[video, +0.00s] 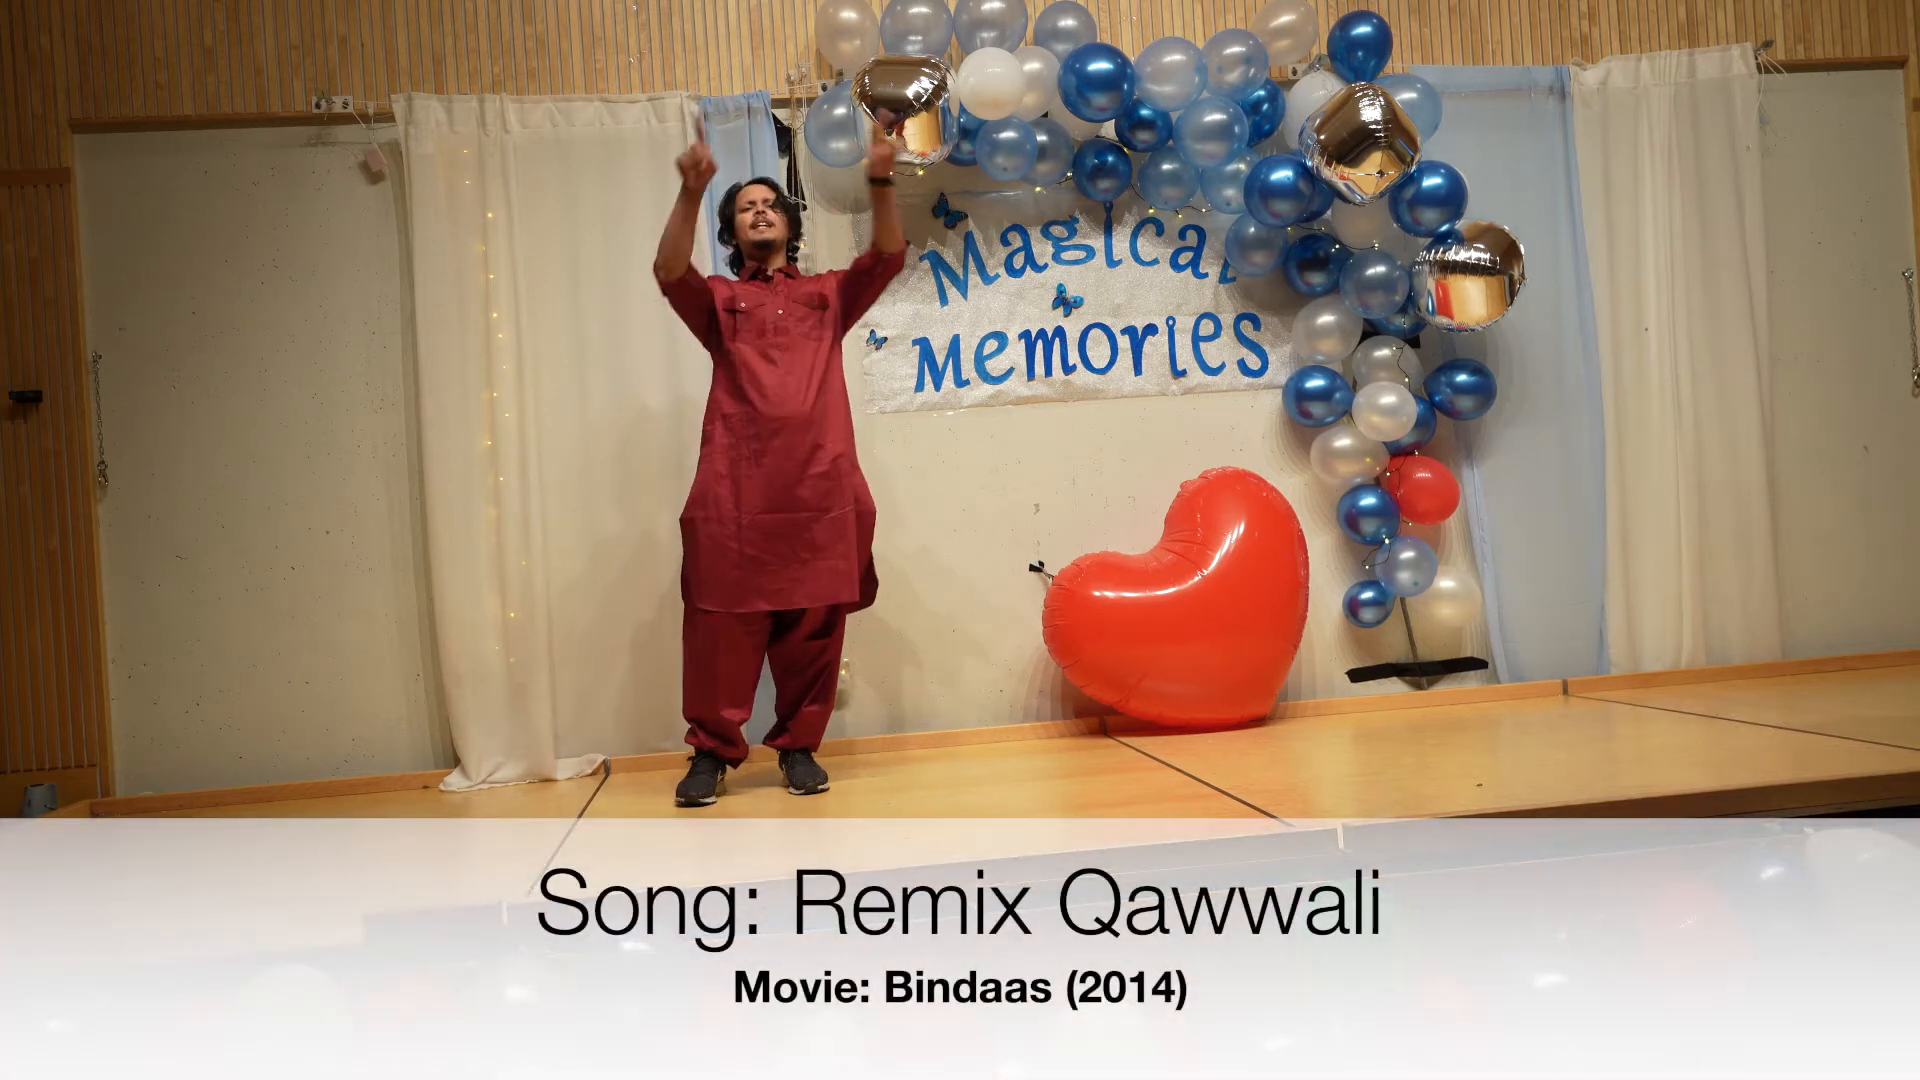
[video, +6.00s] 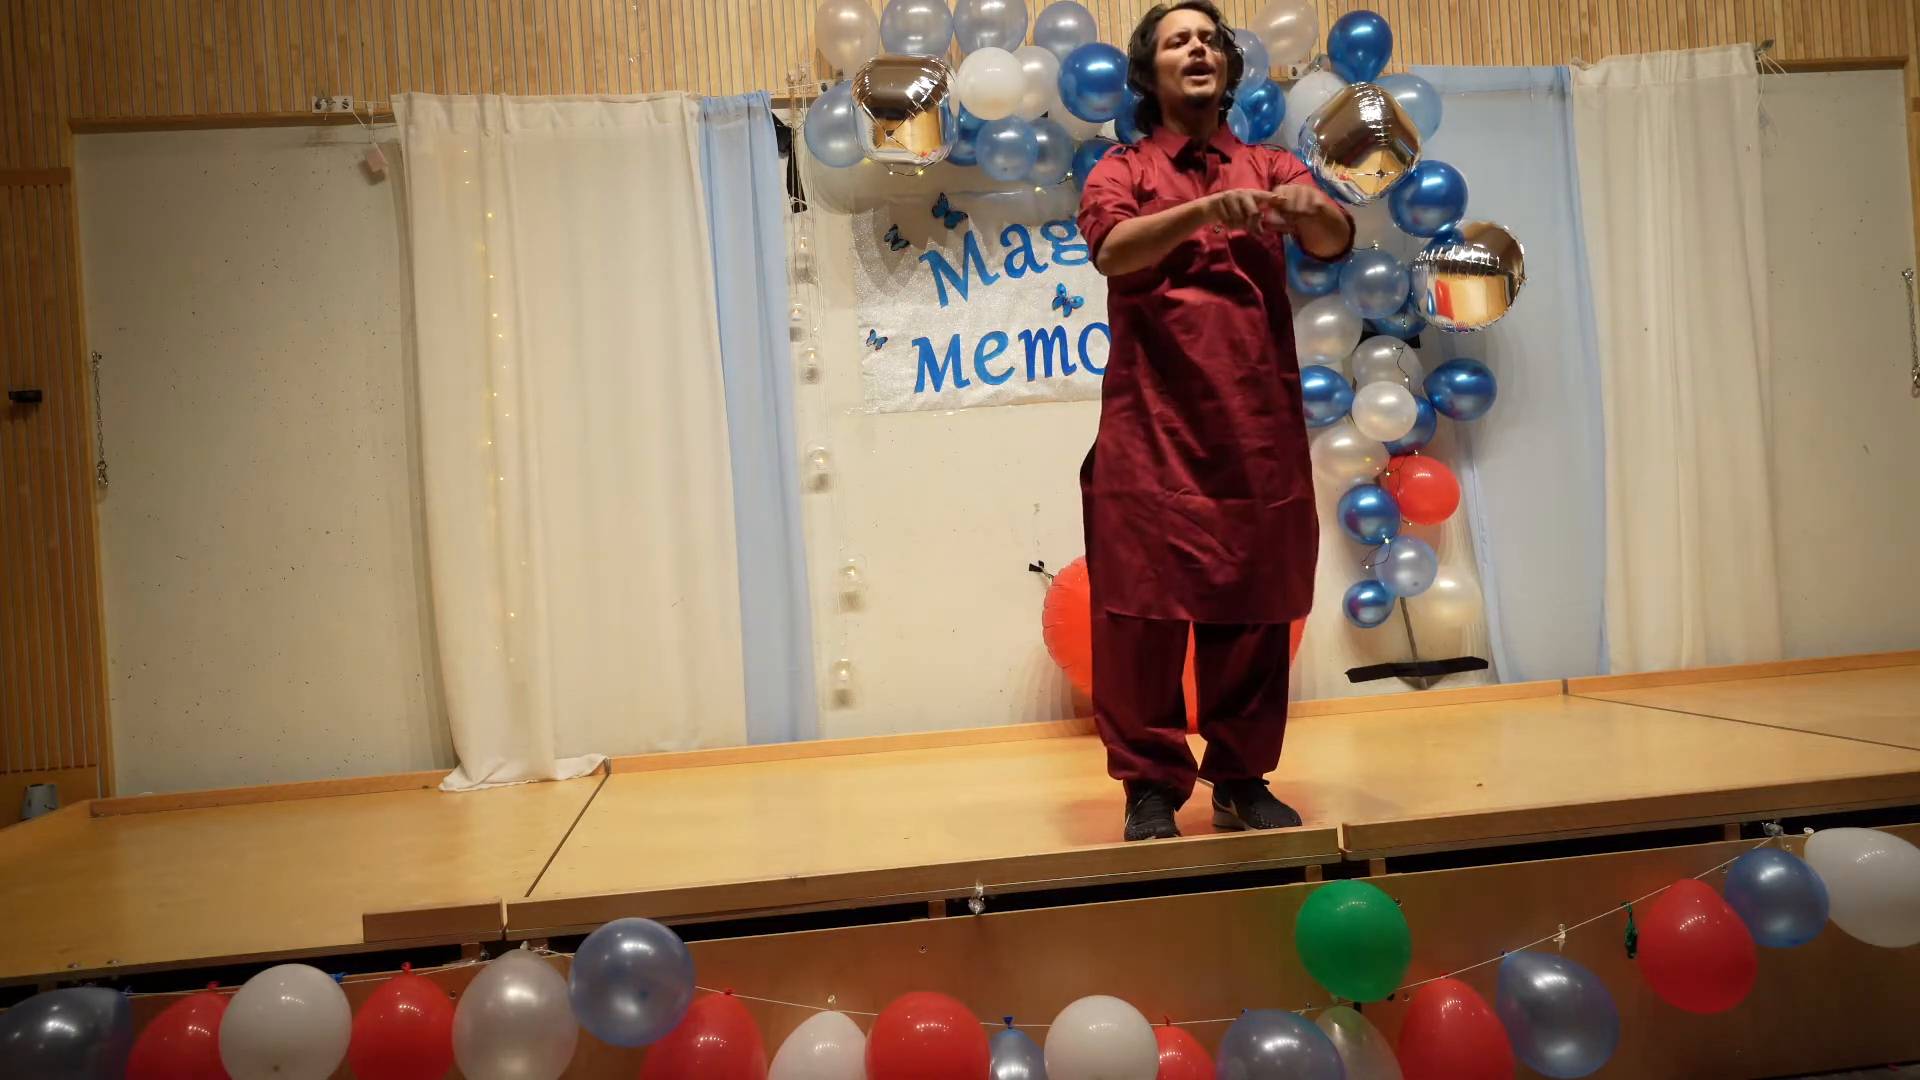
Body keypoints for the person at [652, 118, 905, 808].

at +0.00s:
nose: (759, 214)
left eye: (769, 205)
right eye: (746, 208)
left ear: (793, 224)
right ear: (732, 234)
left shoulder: (829, 292)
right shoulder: (721, 299)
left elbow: (887, 257)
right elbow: (671, 270)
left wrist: (882, 183)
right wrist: (692, 193)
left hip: (817, 484)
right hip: (734, 486)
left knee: (813, 629)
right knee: (719, 627)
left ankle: (800, 749)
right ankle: (710, 753)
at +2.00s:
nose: (827, 185)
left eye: (841, 176)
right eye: (815, 172)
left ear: (858, 185)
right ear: (792, 175)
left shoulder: (876, 252)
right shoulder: (752, 253)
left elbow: (931, 268)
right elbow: (702, 340)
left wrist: (917, 182)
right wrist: (767, 370)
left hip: (873, 456)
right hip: (785, 465)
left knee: (903, 604)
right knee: (796, 618)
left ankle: (920, 753)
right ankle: (820, 766)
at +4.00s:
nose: (1097, 84)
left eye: (1110, 74)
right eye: (1081, 74)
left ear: (1131, 99)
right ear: (1052, 100)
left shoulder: (1165, 200)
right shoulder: (1019, 190)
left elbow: (1224, 293)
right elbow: (975, 277)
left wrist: (1222, 278)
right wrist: (1067, 301)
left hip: (1150, 435)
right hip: (1050, 441)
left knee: (1187, 601)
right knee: (1057, 613)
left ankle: (1228, 775)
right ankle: (1086, 782)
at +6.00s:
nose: (1199, 50)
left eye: (1210, 40)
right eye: (1178, 41)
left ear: (1231, 68)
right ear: (1146, 75)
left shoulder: (1268, 163)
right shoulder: (1120, 170)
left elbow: (1335, 242)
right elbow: (1113, 254)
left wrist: (1307, 208)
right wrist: (1199, 212)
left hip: (1258, 425)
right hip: (1153, 427)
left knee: (1252, 606)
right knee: (1143, 609)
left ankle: (1242, 785)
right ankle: (1150, 791)